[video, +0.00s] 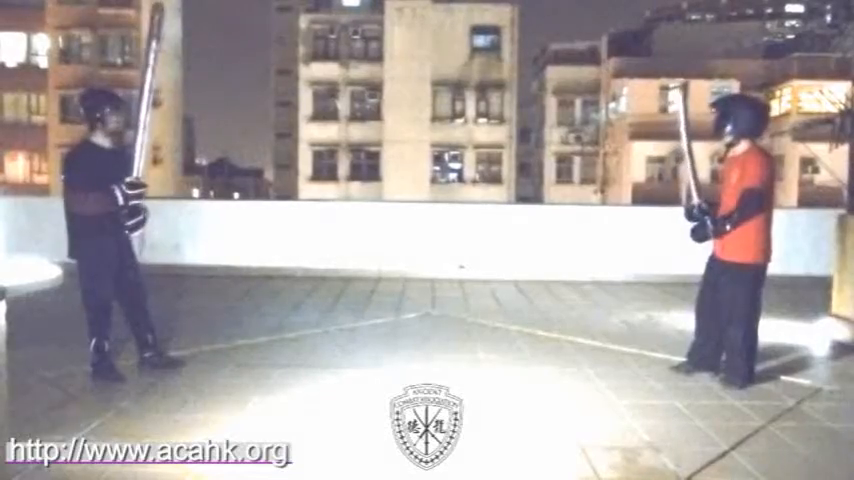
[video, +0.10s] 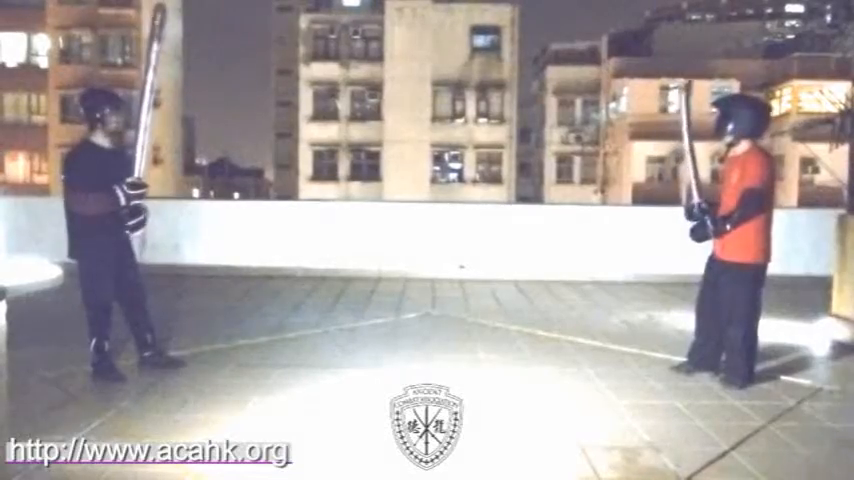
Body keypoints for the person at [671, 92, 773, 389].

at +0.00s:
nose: (720, 125)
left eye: (725, 119)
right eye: (721, 119)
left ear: (739, 123)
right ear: (738, 123)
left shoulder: (756, 159)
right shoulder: (731, 158)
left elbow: (753, 202)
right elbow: (729, 202)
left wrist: (721, 226)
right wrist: (708, 211)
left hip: (747, 254)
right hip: (724, 250)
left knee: (739, 314)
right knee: (709, 307)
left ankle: (738, 371)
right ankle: (703, 358)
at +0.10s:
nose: (720, 123)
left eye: (726, 118)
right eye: (721, 117)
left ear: (740, 123)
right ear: (739, 123)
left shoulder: (757, 159)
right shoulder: (731, 158)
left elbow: (753, 202)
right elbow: (729, 201)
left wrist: (722, 225)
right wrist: (708, 211)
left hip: (747, 254)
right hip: (723, 250)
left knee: (739, 315)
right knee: (709, 308)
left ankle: (738, 371)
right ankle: (703, 358)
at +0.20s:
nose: (721, 122)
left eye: (727, 117)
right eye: (723, 116)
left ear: (742, 123)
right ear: (742, 123)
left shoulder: (757, 159)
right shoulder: (732, 158)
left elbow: (756, 201)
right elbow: (729, 201)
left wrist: (721, 224)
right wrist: (707, 207)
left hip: (747, 254)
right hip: (724, 250)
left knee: (739, 314)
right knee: (710, 307)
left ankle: (738, 371)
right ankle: (703, 358)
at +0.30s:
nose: (723, 123)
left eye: (729, 117)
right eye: (725, 117)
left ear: (743, 123)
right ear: (745, 124)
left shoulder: (758, 159)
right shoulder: (733, 157)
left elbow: (757, 201)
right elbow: (730, 199)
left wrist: (722, 222)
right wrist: (708, 207)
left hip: (747, 254)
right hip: (724, 250)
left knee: (739, 314)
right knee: (710, 307)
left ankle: (739, 370)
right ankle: (703, 358)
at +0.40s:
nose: (722, 123)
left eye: (728, 118)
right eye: (724, 117)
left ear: (742, 123)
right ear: (744, 124)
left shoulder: (758, 159)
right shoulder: (734, 158)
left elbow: (757, 202)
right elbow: (732, 200)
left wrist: (722, 221)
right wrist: (709, 208)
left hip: (748, 255)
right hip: (724, 251)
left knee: (739, 315)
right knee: (708, 306)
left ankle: (739, 371)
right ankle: (703, 358)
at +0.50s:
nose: (723, 124)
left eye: (729, 118)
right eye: (725, 117)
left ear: (743, 124)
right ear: (745, 125)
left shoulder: (759, 160)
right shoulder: (735, 159)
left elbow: (755, 202)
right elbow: (732, 202)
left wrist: (718, 222)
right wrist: (708, 209)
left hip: (748, 255)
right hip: (725, 251)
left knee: (740, 315)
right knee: (708, 306)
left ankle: (739, 370)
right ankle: (703, 358)